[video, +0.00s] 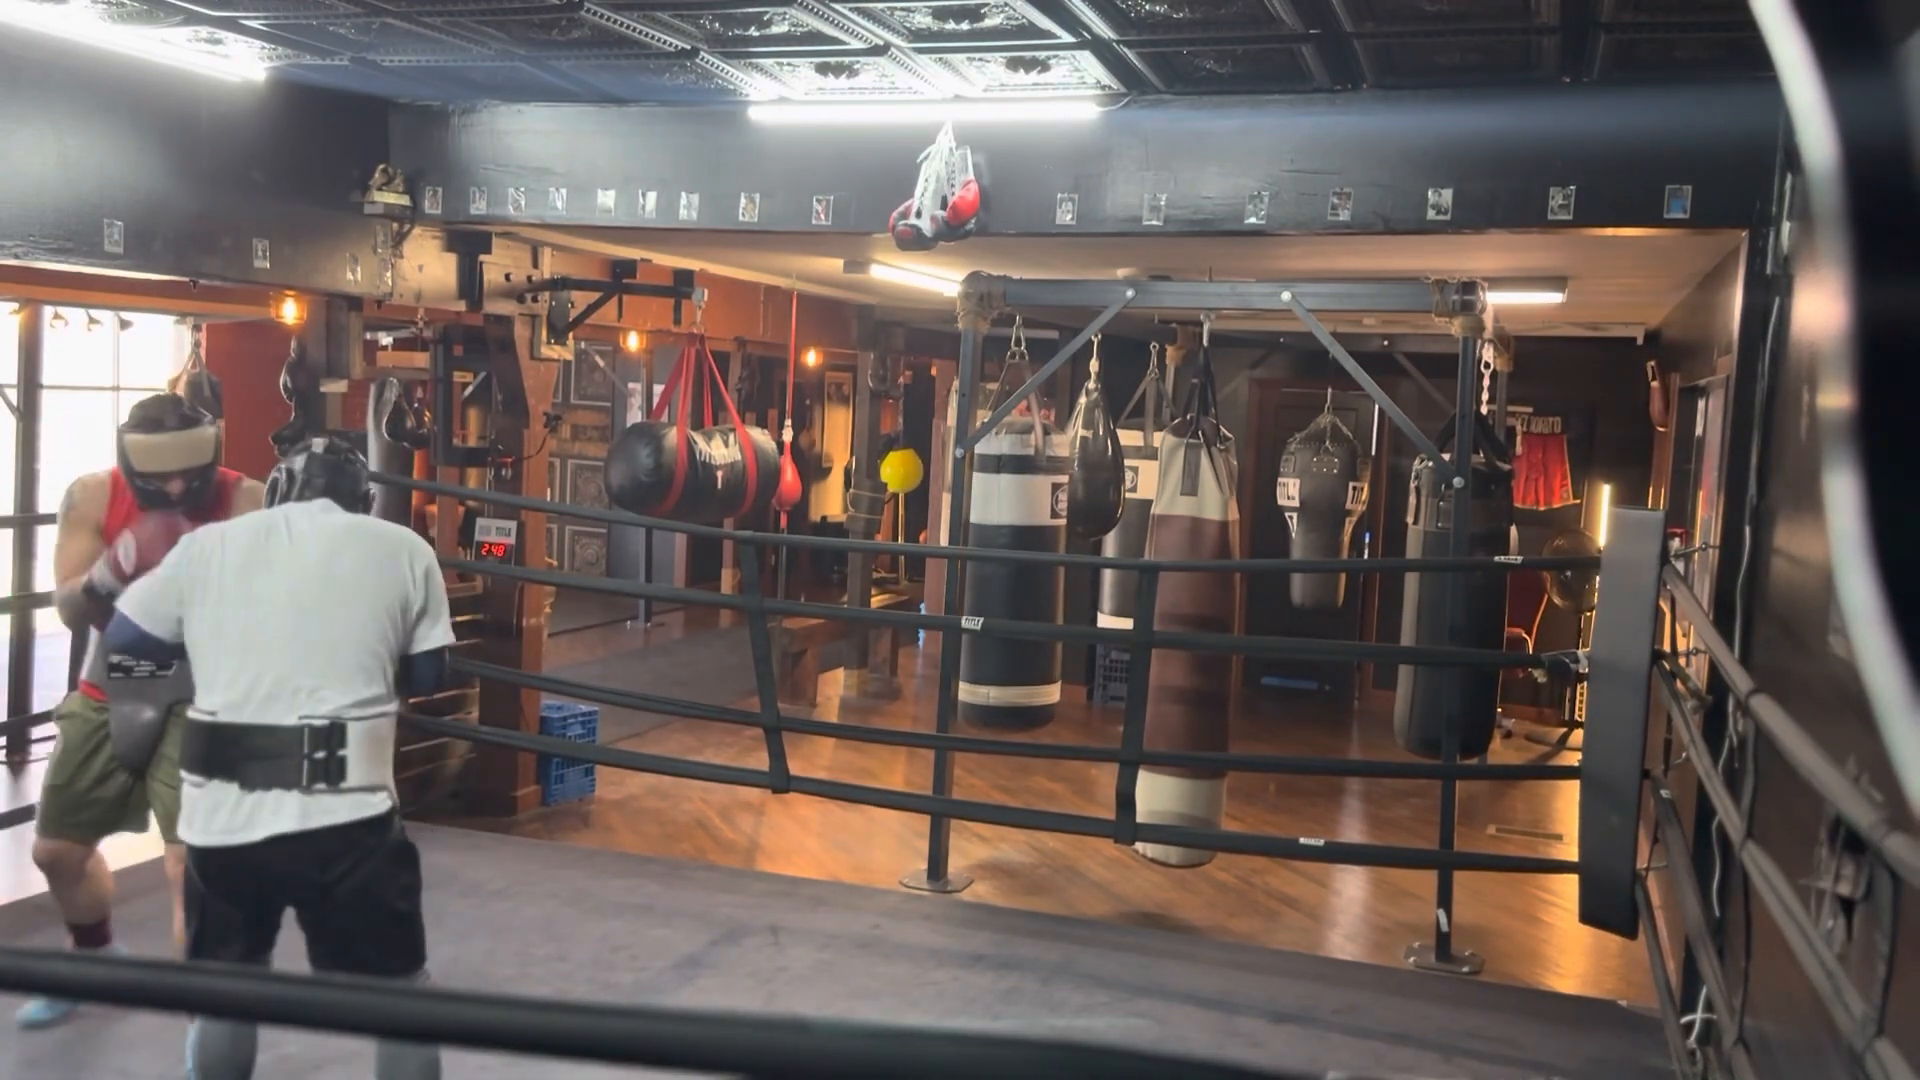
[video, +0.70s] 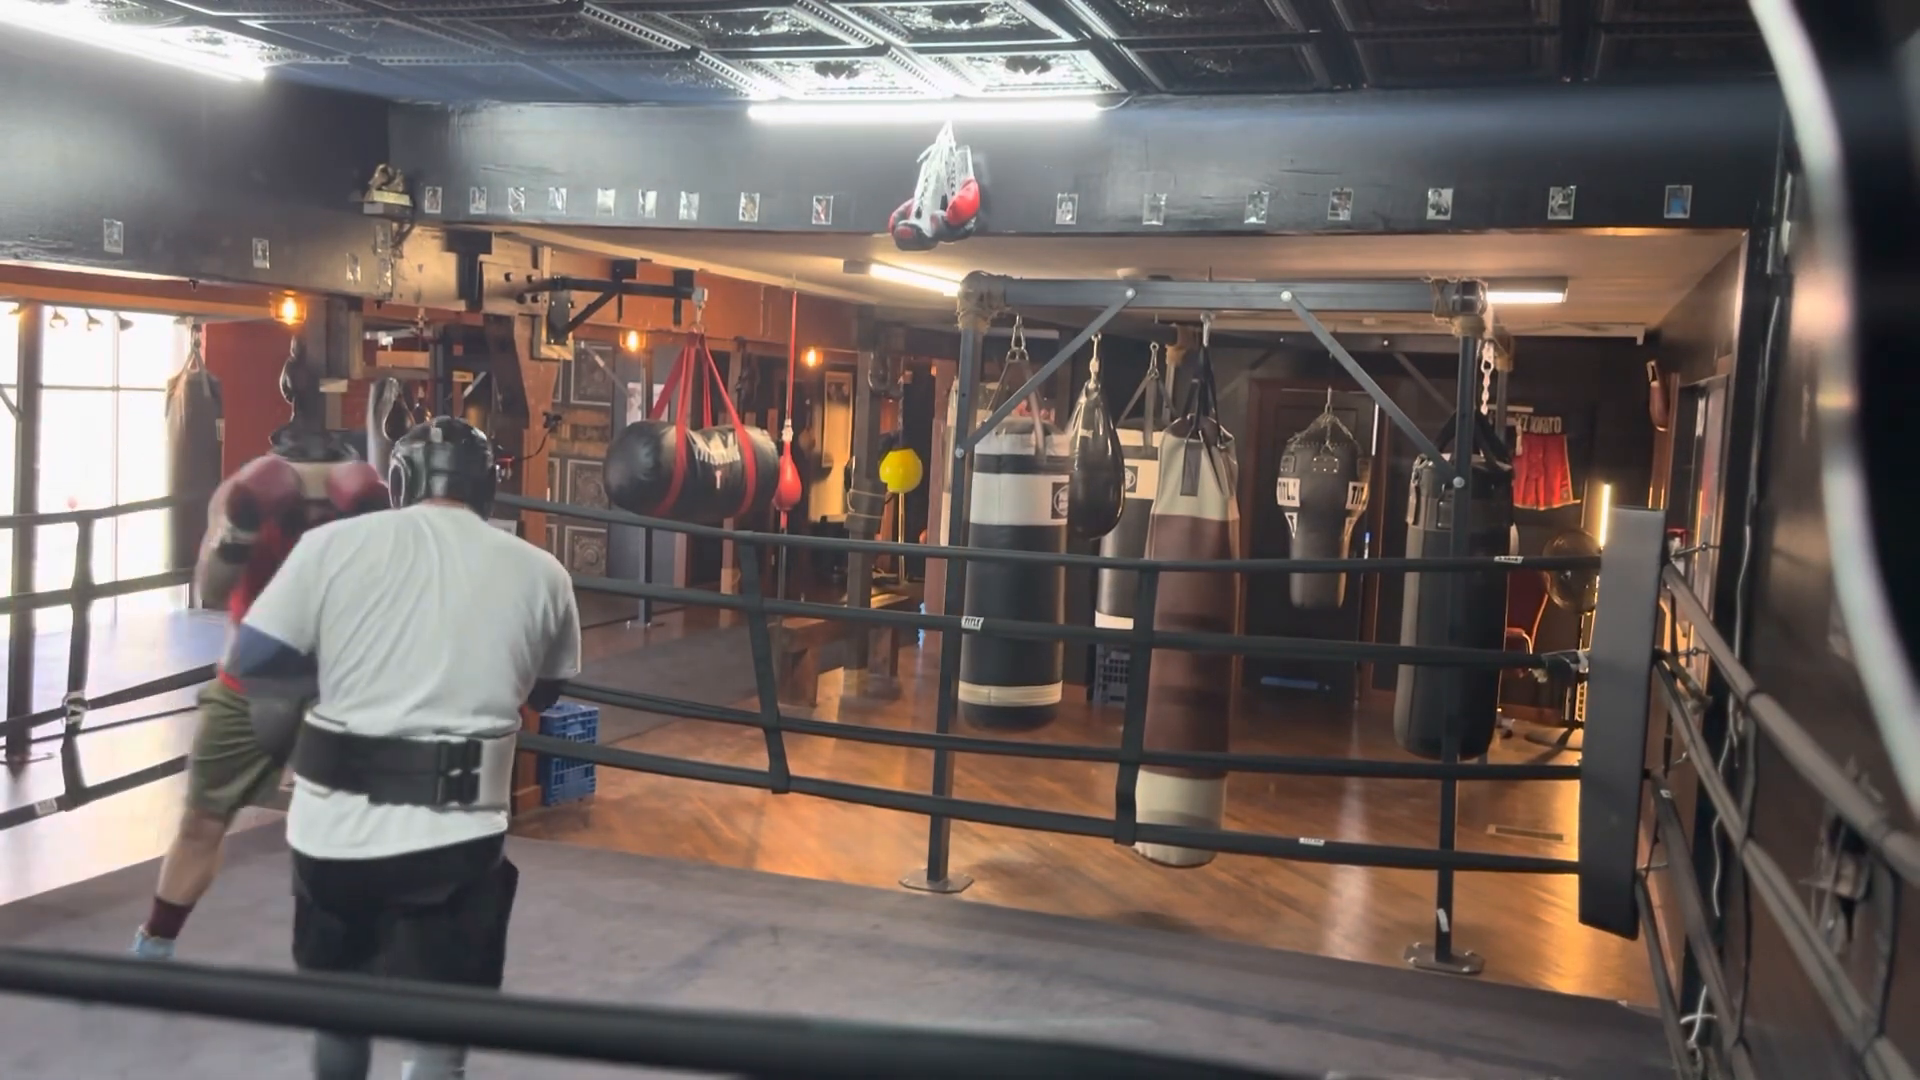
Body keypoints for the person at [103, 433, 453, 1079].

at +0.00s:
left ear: (278, 489)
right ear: (364, 496)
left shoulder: (210, 546)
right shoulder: (405, 549)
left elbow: (125, 637)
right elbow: (426, 681)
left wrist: (218, 633)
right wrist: (351, 648)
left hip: (222, 824)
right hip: (348, 824)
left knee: (222, 1000)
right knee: (401, 1010)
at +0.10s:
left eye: (274, 481)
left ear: (282, 486)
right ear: (369, 496)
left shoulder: (218, 544)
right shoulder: (409, 554)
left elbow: (141, 635)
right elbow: (426, 691)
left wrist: (232, 618)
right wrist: (360, 644)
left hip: (220, 822)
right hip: (346, 823)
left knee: (221, 1000)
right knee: (410, 1010)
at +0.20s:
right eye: (404, 485)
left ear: (309, 474)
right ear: (394, 488)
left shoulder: (238, 531)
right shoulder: (429, 560)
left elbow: (149, 605)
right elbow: (439, 696)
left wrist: (242, 631)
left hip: (237, 824)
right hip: (362, 826)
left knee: (227, 1004)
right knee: (422, 1017)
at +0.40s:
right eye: (459, 490)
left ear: (368, 484)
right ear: (456, 498)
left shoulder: (283, 551)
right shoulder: (490, 577)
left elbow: (199, 658)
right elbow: (490, 671)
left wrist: (294, 641)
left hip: (285, 848)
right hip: (413, 856)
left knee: (255, 1015)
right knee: (418, 1046)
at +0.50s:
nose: (496, 501)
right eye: (491, 490)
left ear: (394, 481)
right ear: (478, 493)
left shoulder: (305, 547)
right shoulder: (515, 573)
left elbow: (238, 658)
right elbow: (512, 671)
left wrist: (327, 688)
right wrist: (498, 545)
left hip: (305, 847)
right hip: (431, 856)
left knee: (278, 1007)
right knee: (426, 1043)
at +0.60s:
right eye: (489, 481)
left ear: (401, 478)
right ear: (487, 485)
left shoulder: (322, 542)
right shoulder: (533, 570)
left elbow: (244, 661)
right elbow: (526, 684)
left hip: (321, 842)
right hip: (446, 853)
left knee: (309, 999)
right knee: (428, 1040)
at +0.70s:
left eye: (399, 472)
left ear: (402, 480)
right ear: (488, 488)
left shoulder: (333, 546)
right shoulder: (540, 571)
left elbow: (249, 660)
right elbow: (542, 689)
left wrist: (347, 663)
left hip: (334, 838)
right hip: (456, 846)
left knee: (336, 1017)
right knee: (442, 1034)